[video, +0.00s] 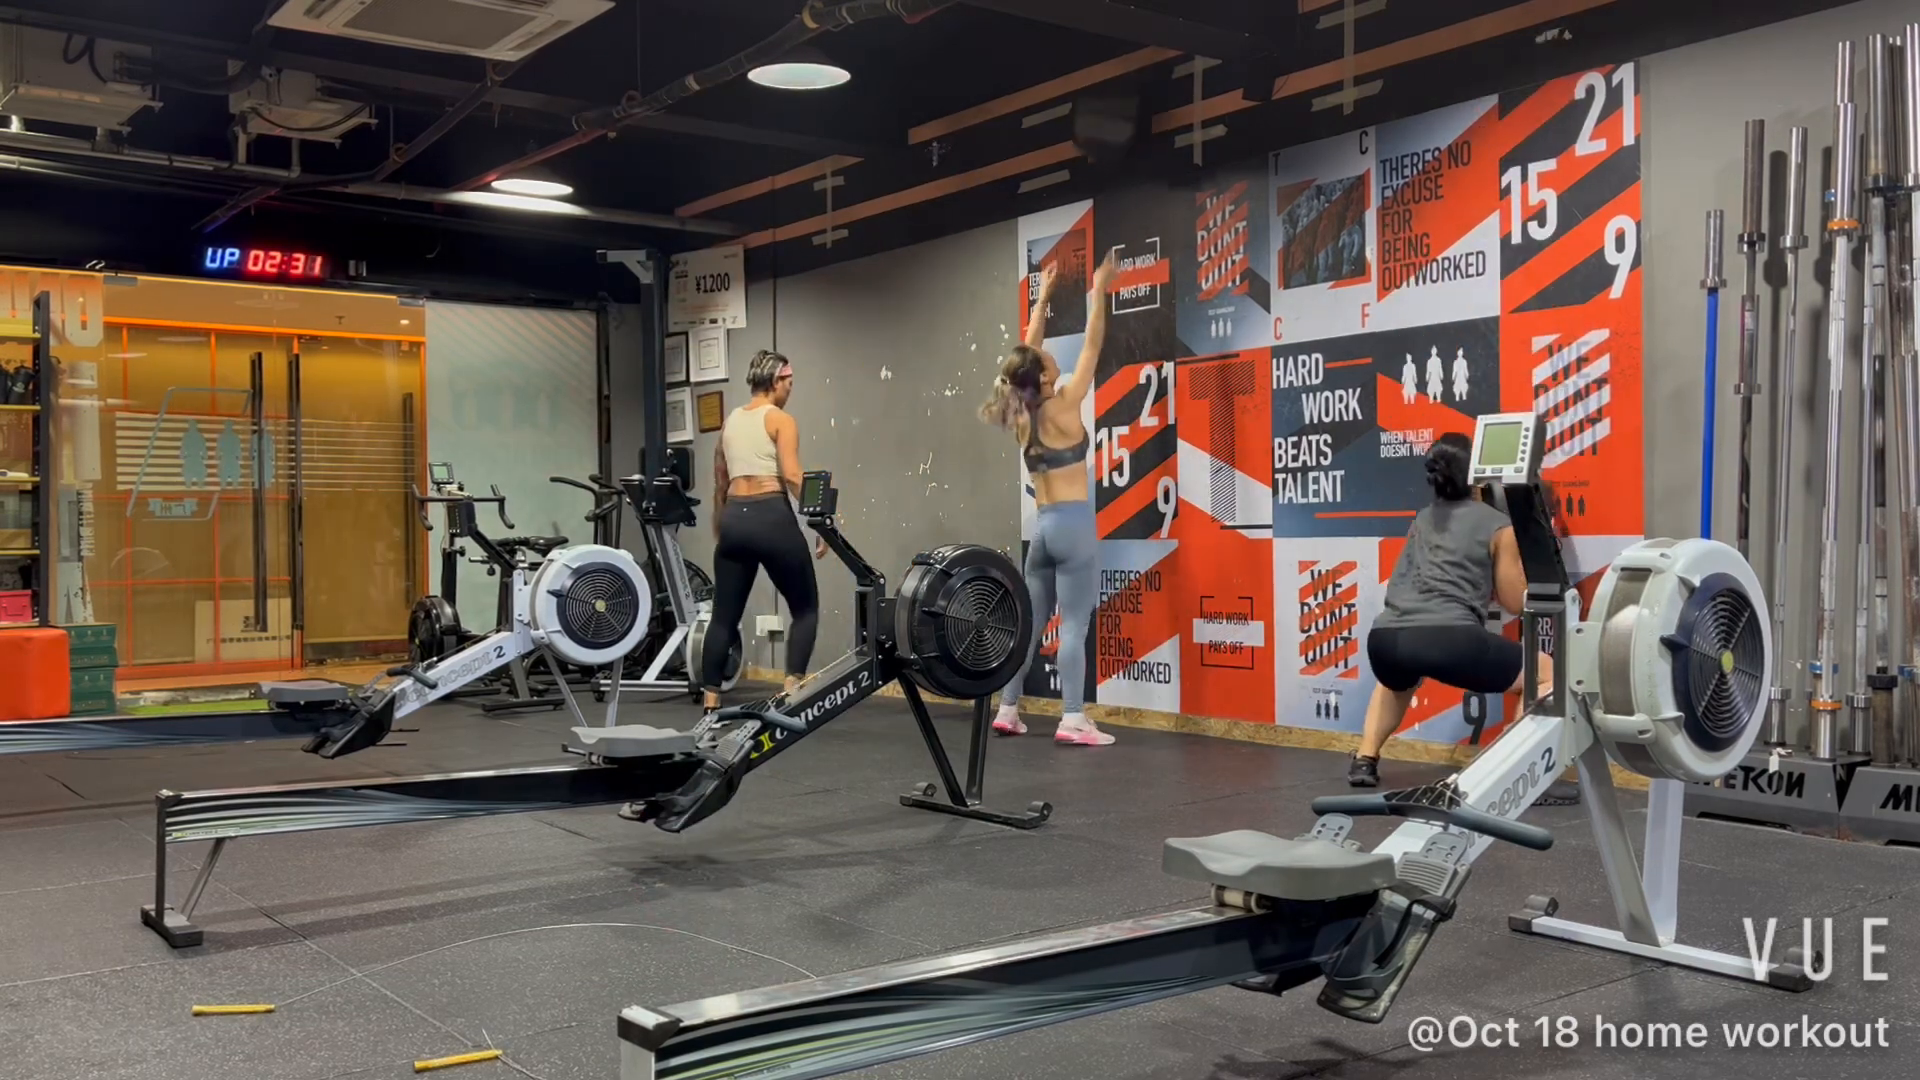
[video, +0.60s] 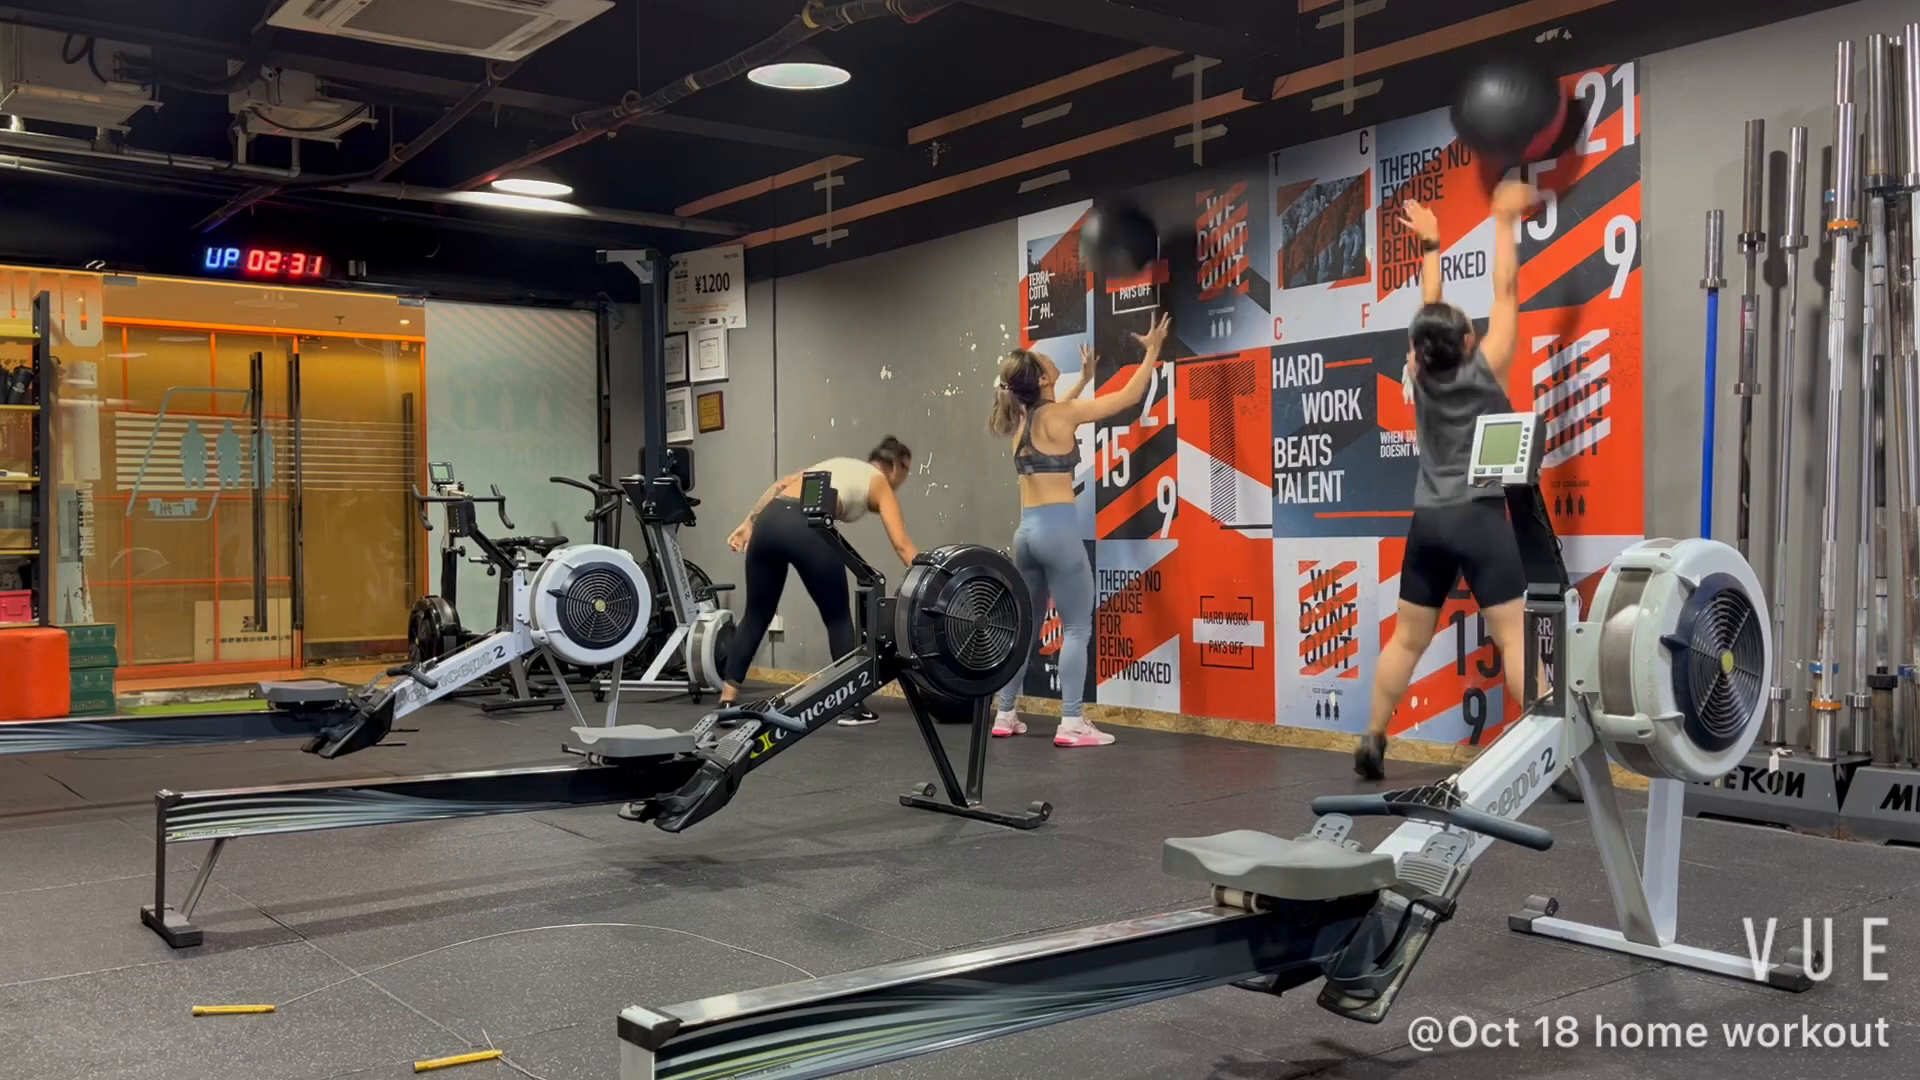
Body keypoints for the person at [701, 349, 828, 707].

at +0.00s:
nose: (790, 387)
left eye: (790, 380)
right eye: (788, 380)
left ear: (754, 382)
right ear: (775, 381)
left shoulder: (731, 423)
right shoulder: (781, 420)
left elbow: (722, 482)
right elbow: (792, 476)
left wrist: (721, 528)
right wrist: (823, 520)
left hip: (733, 517)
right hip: (773, 517)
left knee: (723, 618)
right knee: (805, 609)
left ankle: (710, 705)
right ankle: (792, 688)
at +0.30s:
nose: (834, 404)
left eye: (835, 396)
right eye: (832, 396)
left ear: (798, 396)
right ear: (818, 396)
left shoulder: (768, 425)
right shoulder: (821, 432)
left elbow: (730, 473)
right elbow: (834, 490)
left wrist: (705, 518)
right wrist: (858, 546)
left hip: (751, 523)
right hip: (794, 526)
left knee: (732, 618)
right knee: (821, 618)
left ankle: (710, 705)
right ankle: (849, 703)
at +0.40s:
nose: (864, 419)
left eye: (864, 412)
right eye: (862, 412)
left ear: (829, 409)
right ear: (850, 410)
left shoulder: (794, 434)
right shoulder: (845, 443)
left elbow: (751, 474)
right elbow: (858, 502)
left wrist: (724, 516)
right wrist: (884, 558)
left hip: (760, 522)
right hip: (801, 526)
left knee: (740, 619)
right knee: (831, 618)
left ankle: (713, 702)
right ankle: (849, 704)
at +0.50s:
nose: (889, 448)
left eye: (890, 441)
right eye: (888, 441)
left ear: (854, 432)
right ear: (876, 436)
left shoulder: (816, 447)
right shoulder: (865, 462)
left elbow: (770, 477)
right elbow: (883, 522)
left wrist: (742, 518)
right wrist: (909, 568)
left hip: (765, 524)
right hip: (807, 528)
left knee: (749, 619)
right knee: (834, 619)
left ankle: (719, 697)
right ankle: (850, 705)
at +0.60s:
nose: (904, 478)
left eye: (906, 472)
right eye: (905, 471)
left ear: (875, 459)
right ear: (896, 466)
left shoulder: (839, 465)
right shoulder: (879, 485)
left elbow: (783, 484)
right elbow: (901, 545)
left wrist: (750, 521)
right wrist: (930, 584)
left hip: (768, 522)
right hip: (807, 526)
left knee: (755, 615)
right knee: (837, 618)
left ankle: (727, 698)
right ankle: (851, 704)